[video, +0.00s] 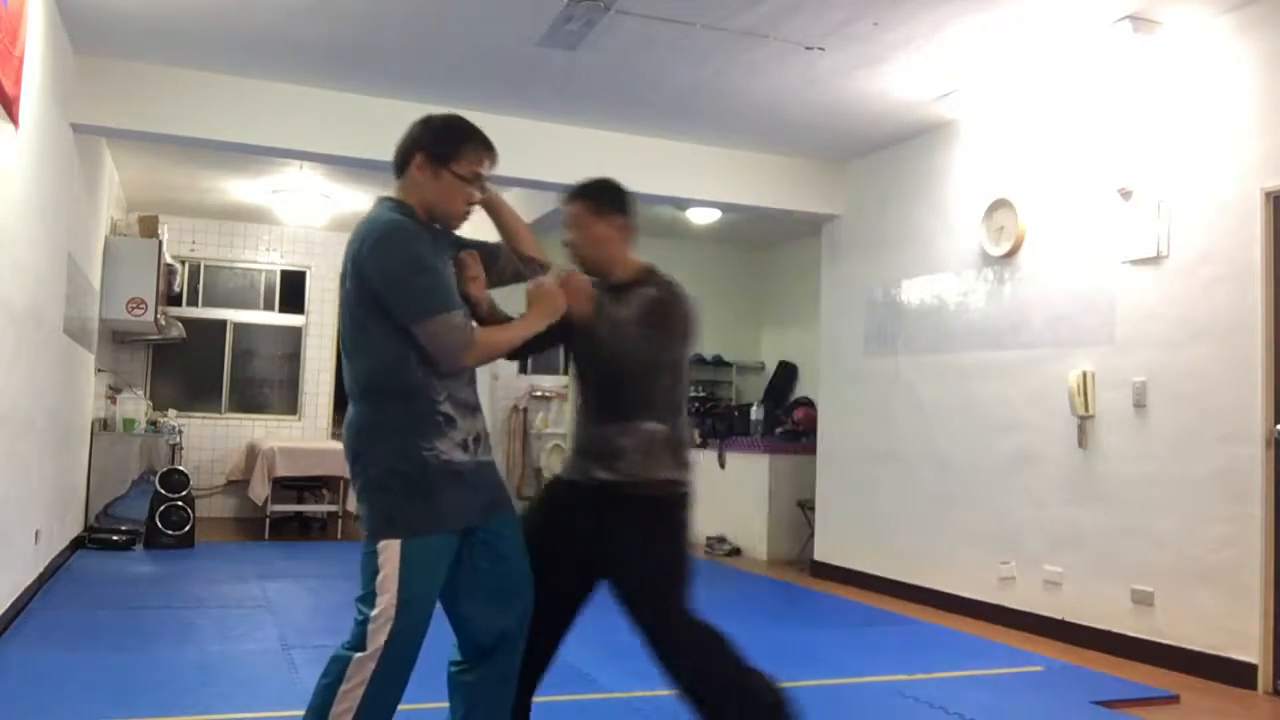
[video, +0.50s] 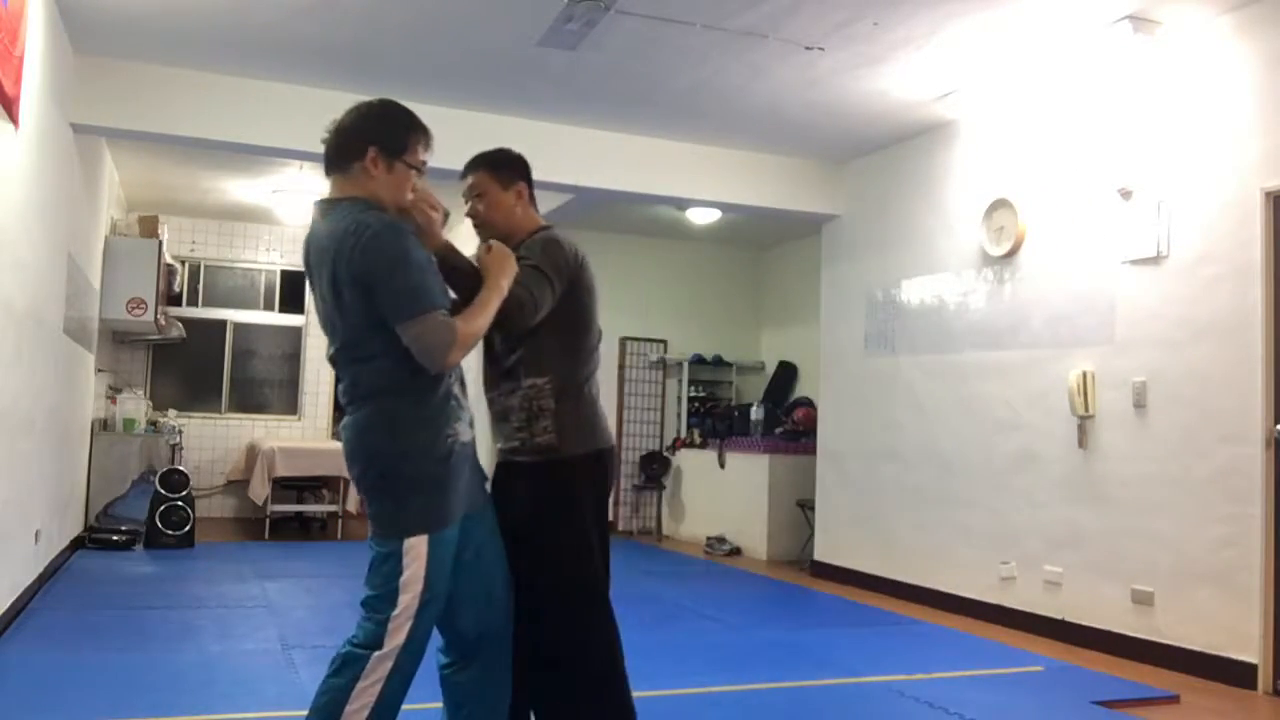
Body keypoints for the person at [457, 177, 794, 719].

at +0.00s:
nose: (571, 243)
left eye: (579, 229)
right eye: (568, 231)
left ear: (617, 226)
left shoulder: (665, 300)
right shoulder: (589, 296)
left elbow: (638, 368)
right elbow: (526, 345)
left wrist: (587, 312)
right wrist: (484, 305)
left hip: (648, 495)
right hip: (583, 488)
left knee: (664, 624)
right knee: (521, 626)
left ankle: (758, 710)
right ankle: (499, 709)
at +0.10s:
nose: (526, 229)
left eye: (534, 215)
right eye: (525, 216)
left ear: (570, 213)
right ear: (566, 217)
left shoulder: (616, 281)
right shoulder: (556, 287)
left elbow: (578, 346)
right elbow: (518, 339)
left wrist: (518, 281)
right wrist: (470, 291)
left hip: (617, 484)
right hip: (560, 478)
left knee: (612, 619)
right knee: (515, 625)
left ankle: (680, 713)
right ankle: (502, 709)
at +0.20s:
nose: (497, 224)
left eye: (504, 210)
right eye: (494, 213)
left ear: (543, 203)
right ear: (541, 208)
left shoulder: (583, 267)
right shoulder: (540, 275)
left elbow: (545, 340)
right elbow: (504, 326)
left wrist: (486, 269)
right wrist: (470, 272)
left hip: (596, 474)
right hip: (546, 470)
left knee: (582, 620)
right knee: (521, 622)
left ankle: (614, 713)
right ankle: (504, 711)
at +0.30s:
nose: (479, 220)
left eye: (488, 205)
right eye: (476, 209)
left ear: (530, 199)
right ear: (525, 205)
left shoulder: (567, 259)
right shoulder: (524, 268)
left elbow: (533, 320)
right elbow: (489, 319)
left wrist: (459, 254)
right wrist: (445, 256)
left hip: (579, 469)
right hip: (533, 468)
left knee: (574, 627)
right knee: (532, 624)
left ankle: (592, 714)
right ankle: (523, 709)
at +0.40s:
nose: (473, 215)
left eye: (480, 201)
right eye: (470, 205)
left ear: (523, 195)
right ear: (512, 201)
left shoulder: (557, 253)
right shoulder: (517, 264)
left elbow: (522, 315)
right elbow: (486, 319)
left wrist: (451, 250)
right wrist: (439, 256)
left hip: (571, 465)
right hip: (528, 464)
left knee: (572, 621)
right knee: (533, 621)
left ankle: (593, 715)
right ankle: (539, 714)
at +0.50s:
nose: (469, 213)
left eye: (477, 198)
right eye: (466, 202)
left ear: (520, 194)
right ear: (510, 199)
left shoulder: (551, 250)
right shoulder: (515, 260)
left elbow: (514, 309)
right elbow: (479, 312)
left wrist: (440, 243)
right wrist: (429, 246)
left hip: (564, 462)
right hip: (523, 462)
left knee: (572, 618)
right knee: (527, 619)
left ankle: (596, 714)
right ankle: (535, 710)